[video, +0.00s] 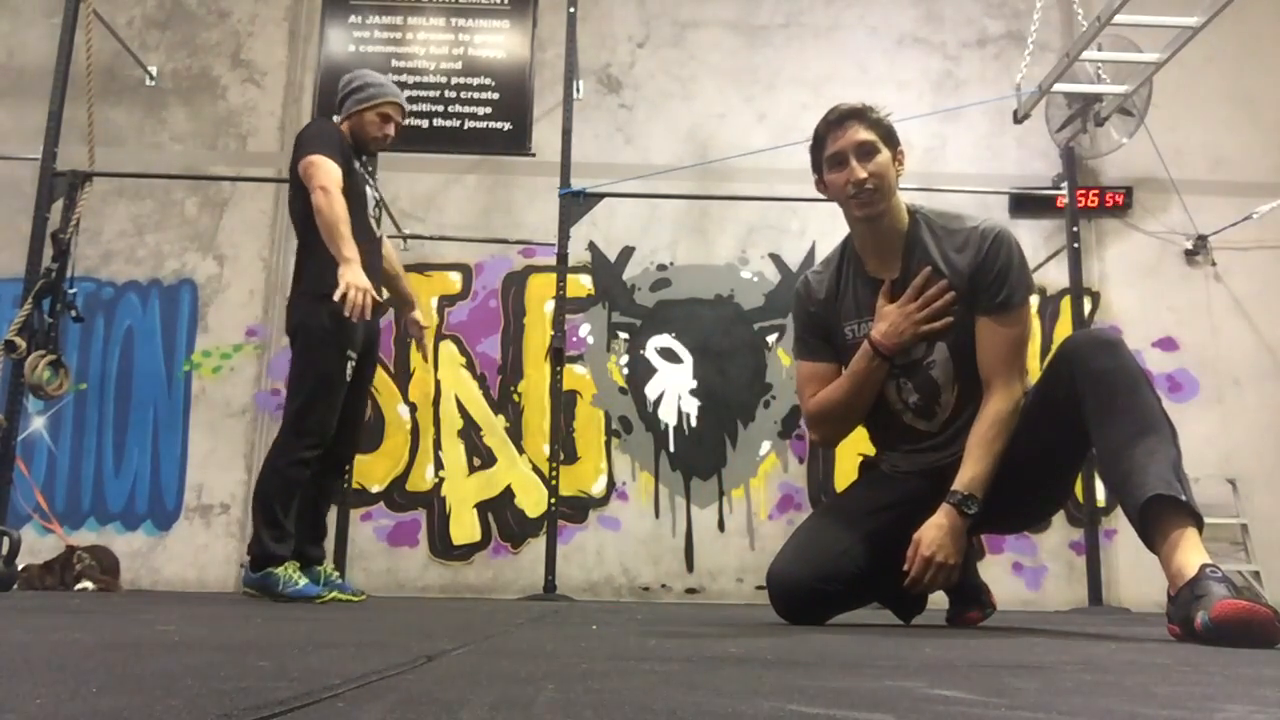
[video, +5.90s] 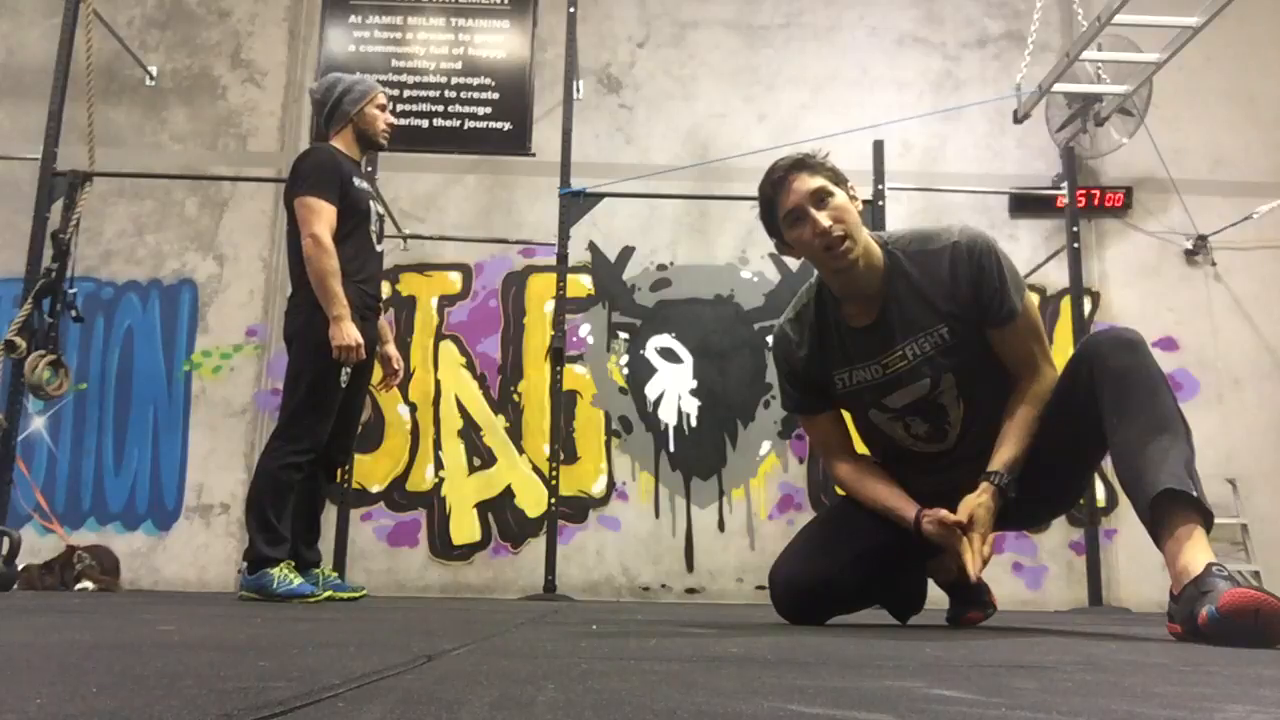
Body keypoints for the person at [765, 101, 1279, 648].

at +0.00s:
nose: (855, 171)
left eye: (867, 153)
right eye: (836, 163)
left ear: (897, 162)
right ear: (823, 185)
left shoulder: (984, 249)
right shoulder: (818, 290)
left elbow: (1004, 392)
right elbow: (822, 425)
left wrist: (958, 507)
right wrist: (879, 347)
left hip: (1000, 466)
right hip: (903, 483)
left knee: (1097, 348)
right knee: (794, 590)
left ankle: (1192, 578)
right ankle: (947, 558)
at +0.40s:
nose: (851, 179)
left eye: (862, 159)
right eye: (831, 170)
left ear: (891, 167)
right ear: (817, 192)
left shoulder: (978, 251)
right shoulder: (814, 295)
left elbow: (1003, 393)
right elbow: (826, 440)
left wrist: (961, 510)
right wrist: (801, 352)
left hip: (998, 467)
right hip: (901, 483)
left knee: (1098, 350)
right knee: (794, 591)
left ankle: (1192, 577)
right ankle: (948, 560)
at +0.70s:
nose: (836, 198)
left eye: (846, 175)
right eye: (816, 187)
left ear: (878, 178)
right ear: (802, 206)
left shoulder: (967, 252)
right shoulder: (800, 315)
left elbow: (1013, 382)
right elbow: (851, 453)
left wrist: (949, 483)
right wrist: (826, 407)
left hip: (999, 464)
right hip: (897, 486)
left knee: (1101, 354)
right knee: (794, 590)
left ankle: (1192, 576)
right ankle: (943, 559)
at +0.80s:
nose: (830, 203)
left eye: (839, 180)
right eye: (810, 194)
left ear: (873, 182)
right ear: (797, 215)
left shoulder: (965, 251)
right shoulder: (803, 326)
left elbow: (1019, 374)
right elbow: (835, 433)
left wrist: (947, 448)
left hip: (999, 464)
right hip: (902, 490)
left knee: (1110, 352)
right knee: (794, 590)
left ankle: (1193, 575)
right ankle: (944, 559)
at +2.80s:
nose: (823, 227)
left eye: (830, 203)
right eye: (802, 222)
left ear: (867, 198)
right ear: (796, 243)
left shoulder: (970, 260)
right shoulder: (805, 337)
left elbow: (1041, 376)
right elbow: (842, 456)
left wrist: (987, 482)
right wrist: (920, 519)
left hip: (1018, 473)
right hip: (912, 497)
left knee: (1120, 348)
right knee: (796, 590)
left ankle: (1195, 577)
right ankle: (938, 558)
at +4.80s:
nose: (815, 221)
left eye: (820, 198)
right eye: (793, 219)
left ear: (857, 195)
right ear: (787, 246)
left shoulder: (964, 260)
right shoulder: (800, 342)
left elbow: (1038, 378)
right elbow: (839, 459)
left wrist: (992, 486)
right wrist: (917, 519)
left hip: (1014, 470)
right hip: (909, 497)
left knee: (1117, 349)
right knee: (795, 591)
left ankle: (1195, 578)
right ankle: (934, 559)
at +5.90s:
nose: (820, 221)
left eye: (823, 199)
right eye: (797, 220)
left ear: (854, 198)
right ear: (788, 249)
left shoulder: (963, 259)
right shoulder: (800, 342)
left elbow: (1037, 378)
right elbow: (839, 458)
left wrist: (992, 488)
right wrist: (917, 519)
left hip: (1014, 469)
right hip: (909, 496)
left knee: (1116, 348)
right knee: (795, 591)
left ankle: (1195, 578)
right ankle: (935, 560)